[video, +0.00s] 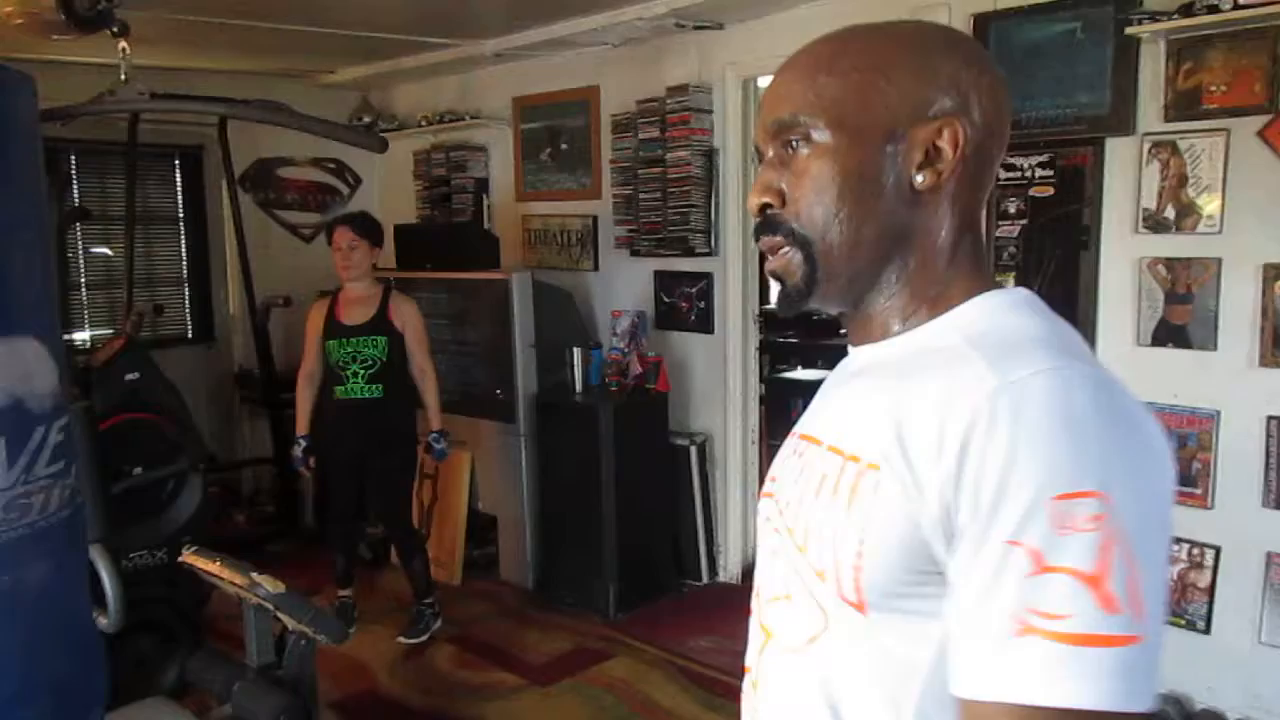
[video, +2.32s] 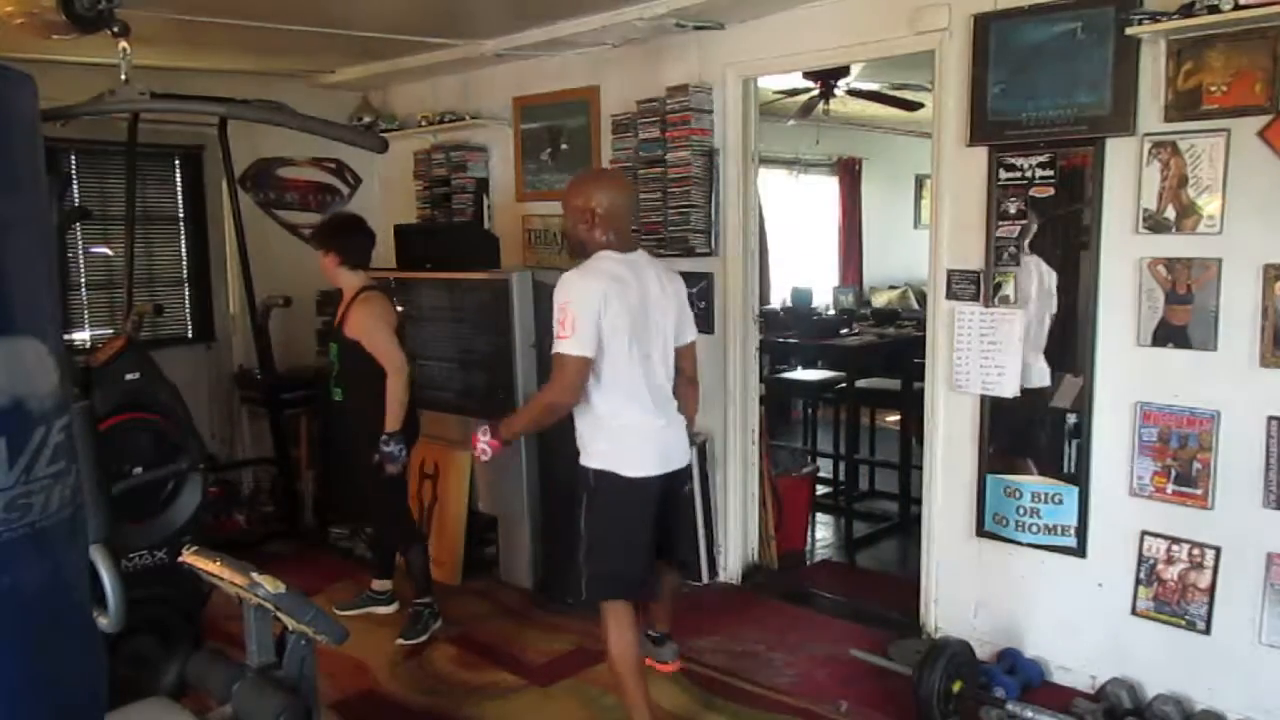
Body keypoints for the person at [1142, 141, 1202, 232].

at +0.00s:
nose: (1157, 158)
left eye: (1159, 153)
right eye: (1155, 155)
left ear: (1168, 150)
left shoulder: (1175, 160)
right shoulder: (1164, 166)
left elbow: (1171, 187)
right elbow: (1161, 188)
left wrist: (1160, 213)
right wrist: (1157, 212)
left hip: (1191, 211)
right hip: (1180, 211)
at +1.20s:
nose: (1158, 159)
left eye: (1160, 154)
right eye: (1155, 156)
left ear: (1169, 150)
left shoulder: (1175, 161)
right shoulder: (1164, 165)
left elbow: (1171, 187)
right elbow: (1162, 188)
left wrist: (1161, 213)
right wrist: (1157, 213)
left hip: (1190, 211)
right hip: (1180, 212)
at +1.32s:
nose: (1158, 159)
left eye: (1159, 154)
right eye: (1156, 156)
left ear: (1168, 150)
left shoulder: (1175, 161)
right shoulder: (1164, 164)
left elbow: (1170, 187)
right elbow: (1162, 187)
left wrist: (1160, 213)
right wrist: (1157, 212)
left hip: (1190, 211)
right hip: (1180, 212)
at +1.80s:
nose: (1158, 159)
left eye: (1159, 154)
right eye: (1156, 156)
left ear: (1168, 150)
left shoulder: (1175, 161)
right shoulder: (1164, 165)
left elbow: (1171, 187)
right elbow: (1162, 188)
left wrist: (1160, 213)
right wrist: (1157, 212)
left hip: (1190, 211)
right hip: (1180, 212)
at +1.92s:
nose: (1158, 158)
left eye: (1159, 153)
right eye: (1155, 156)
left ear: (1168, 149)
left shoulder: (1175, 161)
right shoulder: (1164, 165)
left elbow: (1171, 187)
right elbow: (1162, 188)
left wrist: (1161, 213)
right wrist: (1157, 212)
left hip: (1190, 212)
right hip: (1180, 213)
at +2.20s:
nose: (1158, 158)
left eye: (1159, 153)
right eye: (1155, 156)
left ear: (1168, 149)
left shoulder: (1175, 161)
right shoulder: (1164, 165)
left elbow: (1171, 187)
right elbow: (1162, 188)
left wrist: (1160, 213)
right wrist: (1157, 212)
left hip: (1190, 212)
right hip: (1180, 213)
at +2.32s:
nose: (1158, 158)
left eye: (1159, 153)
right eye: (1155, 156)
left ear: (1168, 149)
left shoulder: (1175, 161)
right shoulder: (1164, 165)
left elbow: (1171, 188)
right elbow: (1162, 188)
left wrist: (1160, 213)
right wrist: (1157, 213)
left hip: (1190, 212)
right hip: (1180, 213)